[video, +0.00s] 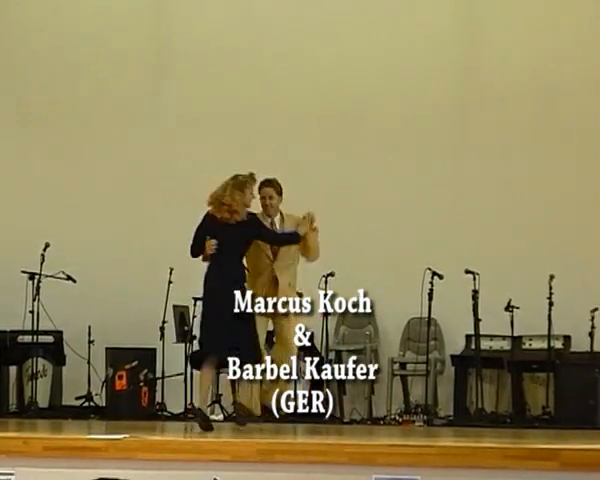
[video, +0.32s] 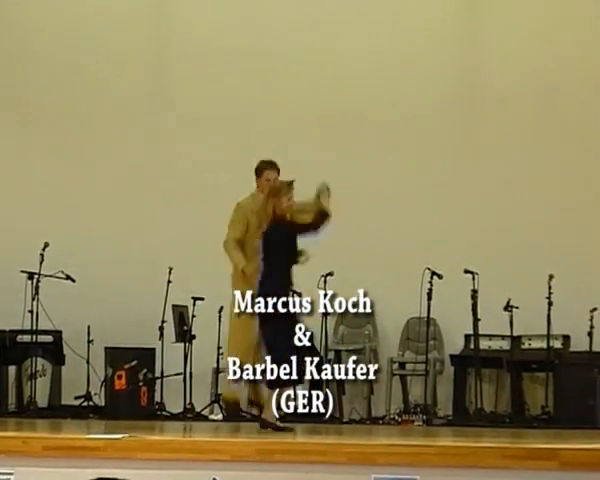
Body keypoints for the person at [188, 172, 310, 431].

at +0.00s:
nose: (254, 199)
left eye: (253, 195)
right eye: (251, 194)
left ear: (227, 192)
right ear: (243, 195)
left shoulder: (210, 218)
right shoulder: (249, 221)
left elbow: (195, 251)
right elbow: (275, 239)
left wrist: (205, 246)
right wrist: (301, 233)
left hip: (213, 284)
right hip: (236, 285)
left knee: (213, 347)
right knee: (244, 344)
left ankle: (201, 405)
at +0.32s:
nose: (290, 203)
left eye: (290, 198)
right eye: (286, 199)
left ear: (279, 201)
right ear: (276, 202)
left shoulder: (276, 227)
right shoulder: (281, 228)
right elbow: (311, 225)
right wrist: (323, 208)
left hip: (272, 295)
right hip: (276, 297)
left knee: (280, 356)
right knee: (283, 356)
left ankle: (270, 411)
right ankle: (269, 411)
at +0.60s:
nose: (317, 182)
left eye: (320, 177)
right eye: (312, 178)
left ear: (325, 178)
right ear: (303, 180)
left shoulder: (335, 200)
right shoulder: (299, 201)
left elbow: (345, 231)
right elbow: (271, 197)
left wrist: (325, 224)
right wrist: (273, 173)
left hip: (330, 266)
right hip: (307, 265)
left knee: (326, 323)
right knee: (305, 320)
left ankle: (332, 387)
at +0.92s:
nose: (332, 237)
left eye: (336, 233)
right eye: (333, 233)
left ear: (348, 234)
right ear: (350, 235)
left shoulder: (349, 258)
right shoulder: (359, 256)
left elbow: (323, 284)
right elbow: (325, 283)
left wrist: (291, 291)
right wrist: (293, 291)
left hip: (373, 324)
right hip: (381, 323)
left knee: (331, 364)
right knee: (355, 367)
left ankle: (350, 418)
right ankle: (359, 418)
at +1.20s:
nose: (363, 223)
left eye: (368, 218)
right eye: (361, 218)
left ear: (380, 220)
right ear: (362, 220)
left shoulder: (373, 243)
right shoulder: (388, 243)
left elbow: (347, 260)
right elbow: (376, 281)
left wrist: (313, 270)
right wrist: (345, 279)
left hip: (395, 310)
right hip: (408, 310)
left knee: (361, 358)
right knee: (378, 362)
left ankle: (355, 415)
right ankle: (377, 417)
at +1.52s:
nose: (348, 215)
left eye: (351, 211)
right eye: (349, 211)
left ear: (361, 213)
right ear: (366, 214)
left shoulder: (357, 237)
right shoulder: (370, 236)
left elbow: (338, 266)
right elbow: (360, 269)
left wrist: (315, 268)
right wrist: (332, 273)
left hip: (366, 304)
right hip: (379, 303)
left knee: (336, 359)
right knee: (371, 360)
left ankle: (341, 415)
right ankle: (381, 418)